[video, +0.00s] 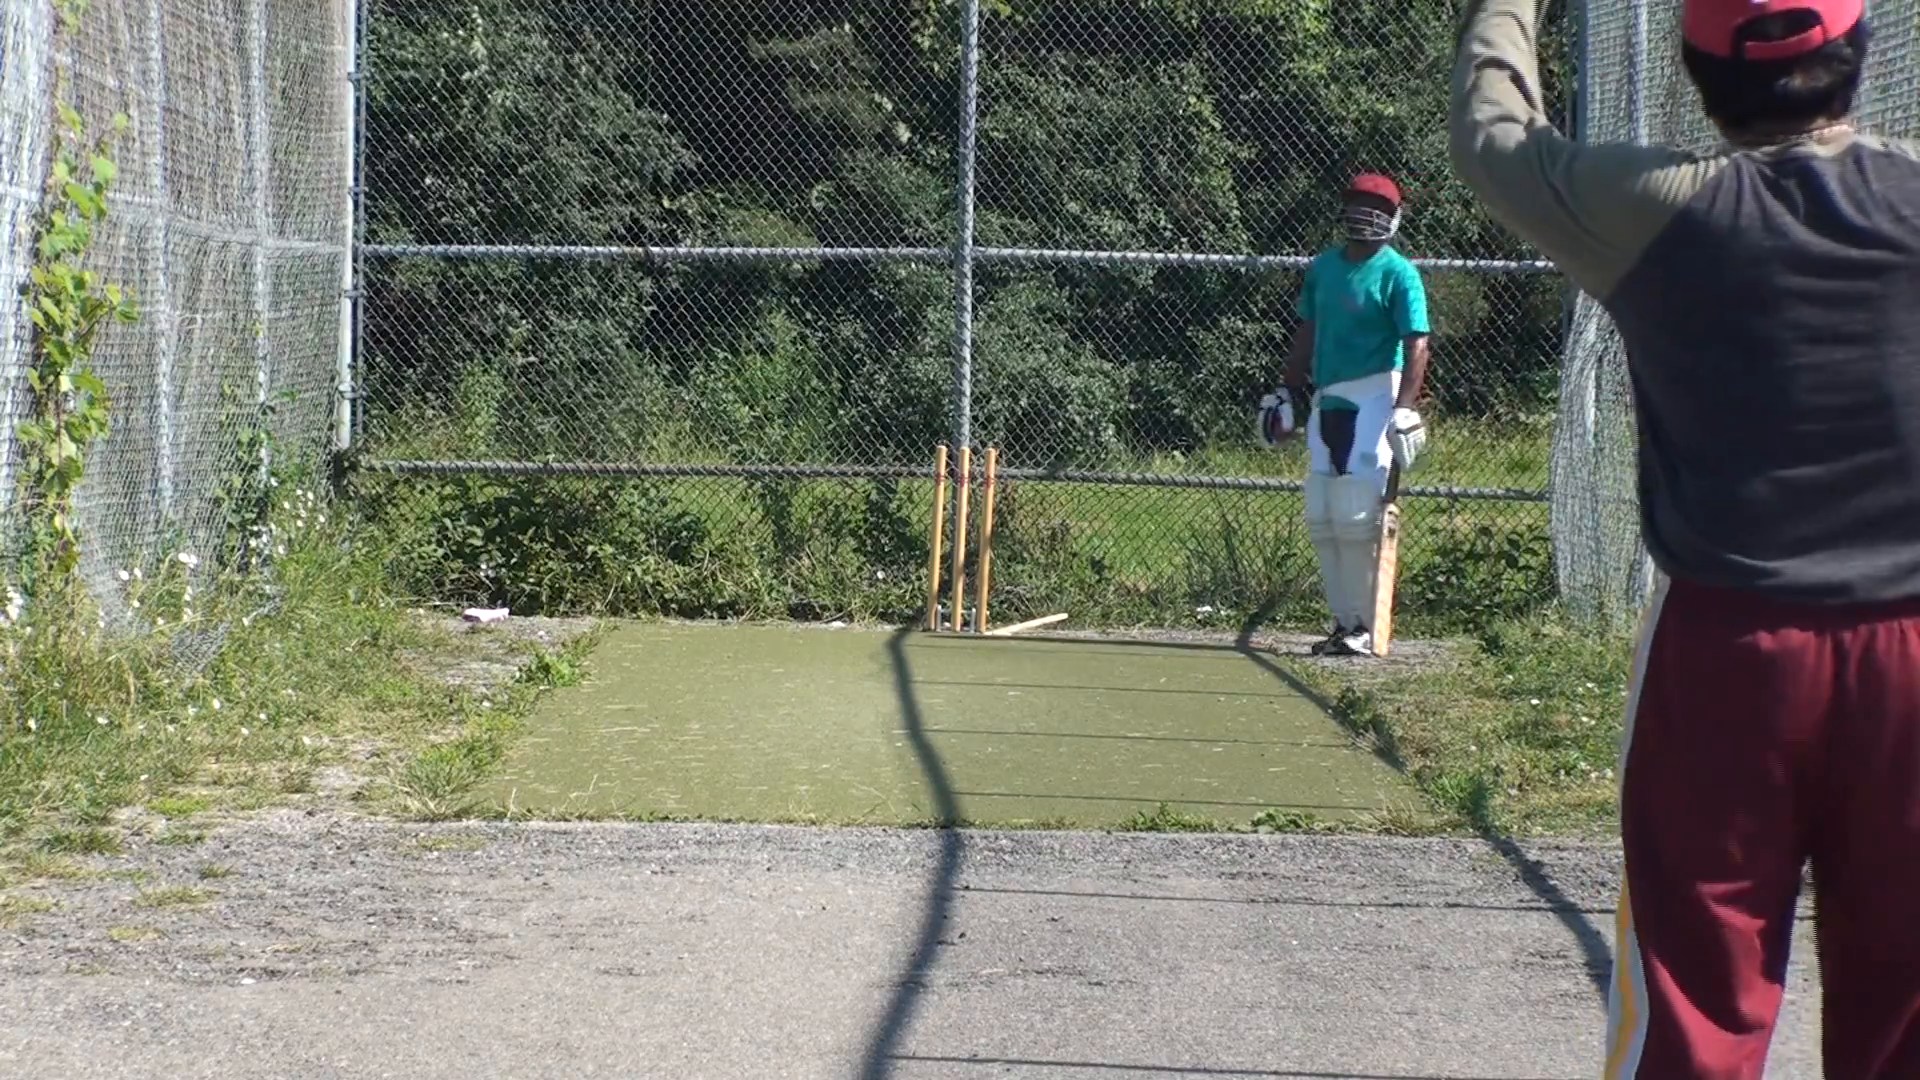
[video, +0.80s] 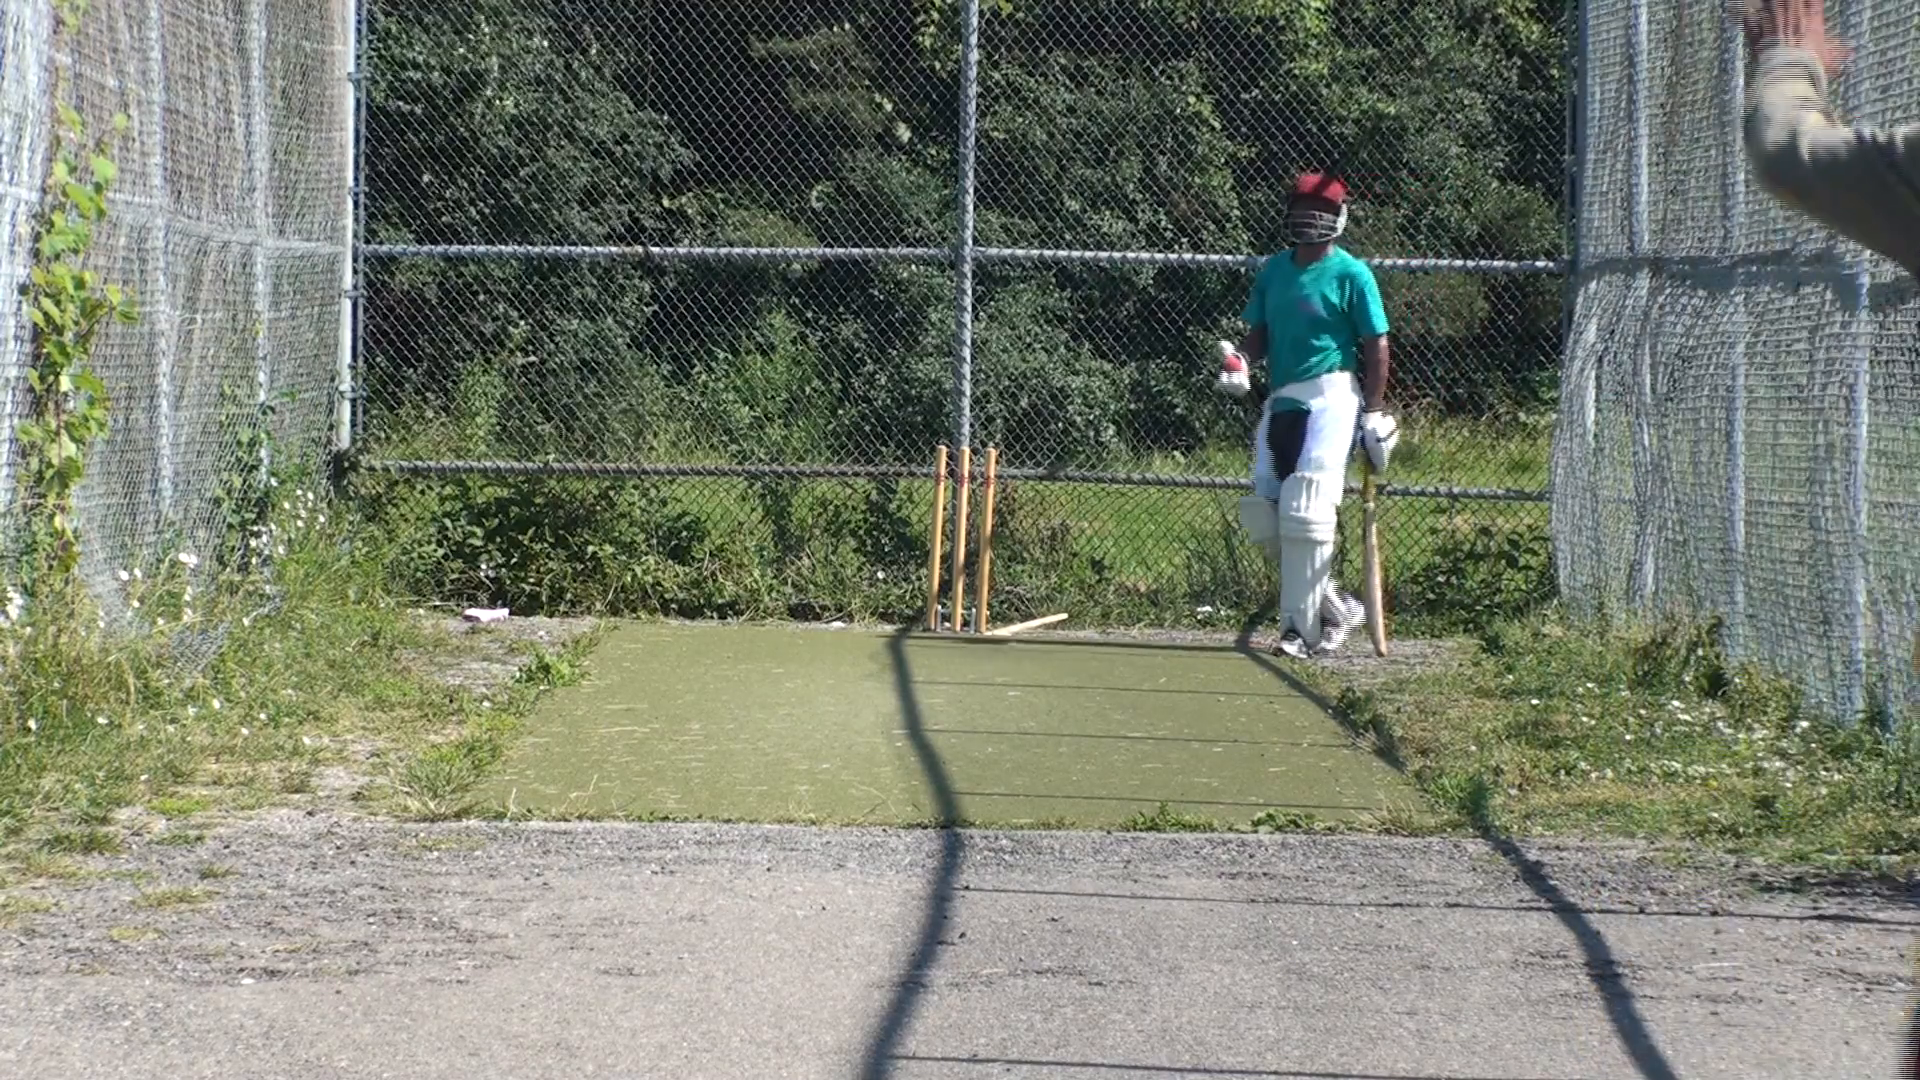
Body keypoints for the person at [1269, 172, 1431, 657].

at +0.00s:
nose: (1366, 218)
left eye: (1377, 212)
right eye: (1358, 208)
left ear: (1393, 221)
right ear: (1345, 213)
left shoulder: (1400, 273)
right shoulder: (1322, 267)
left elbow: (1418, 346)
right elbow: (1306, 333)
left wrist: (1405, 410)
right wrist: (1288, 391)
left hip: (1374, 398)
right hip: (1328, 398)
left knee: (1357, 516)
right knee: (1321, 516)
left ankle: (1365, 628)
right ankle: (1344, 624)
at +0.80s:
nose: (1311, 225)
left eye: (1321, 217)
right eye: (1302, 216)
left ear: (1338, 222)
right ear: (1290, 219)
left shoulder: (1353, 273)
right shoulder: (1272, 271)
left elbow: (1377, 346)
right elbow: (1258, 333)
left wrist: (1373, 413)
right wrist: (1241, 361)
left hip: (1332, 394)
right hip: (1282, 396)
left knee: (1307, 508)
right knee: (1266, 513)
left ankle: (1299, 631)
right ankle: (1335, 608)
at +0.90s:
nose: (1300, 221)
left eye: (1312, 213)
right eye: (1293, 212)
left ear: (1331, 217)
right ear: (1283, 214)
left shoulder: (1347, 272)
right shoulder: (1264, 268)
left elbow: (1369, 345)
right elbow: (1250, 334)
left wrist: (1365, 412)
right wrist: (1231, 356)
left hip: (1324, 396)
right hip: (1272, 396)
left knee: (1303, 508)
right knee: (1244, 508)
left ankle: (1301, 632)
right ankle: (1299, 600)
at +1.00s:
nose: (1296, 214)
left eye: (1307, 207)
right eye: (1288, 205)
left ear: (1325, 213)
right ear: (1277, 210)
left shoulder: (1341, 271)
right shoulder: (1257, 267)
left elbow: (1361, 346)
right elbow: (1245, 333)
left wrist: (1360, 412)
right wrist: (1223, 354)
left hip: (1318, 397)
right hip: (1263, 396)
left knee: (1302, 510)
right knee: (1229, 498)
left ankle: (1298, 632)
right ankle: (1257, 617)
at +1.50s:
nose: (1231, 209)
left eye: (1242, 201)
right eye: (1222, 201)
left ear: (1260, 209)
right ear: (1209, 210)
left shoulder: (1282, 264)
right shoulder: (1188, 265)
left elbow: (1309, 337)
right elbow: (1176, 336)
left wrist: (1317, 399)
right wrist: (1161, 356)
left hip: (1258, 394)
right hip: (1196, 395)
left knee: (1258, 506)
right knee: (1181, 510)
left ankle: (1290, 615)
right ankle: (1188, 624)